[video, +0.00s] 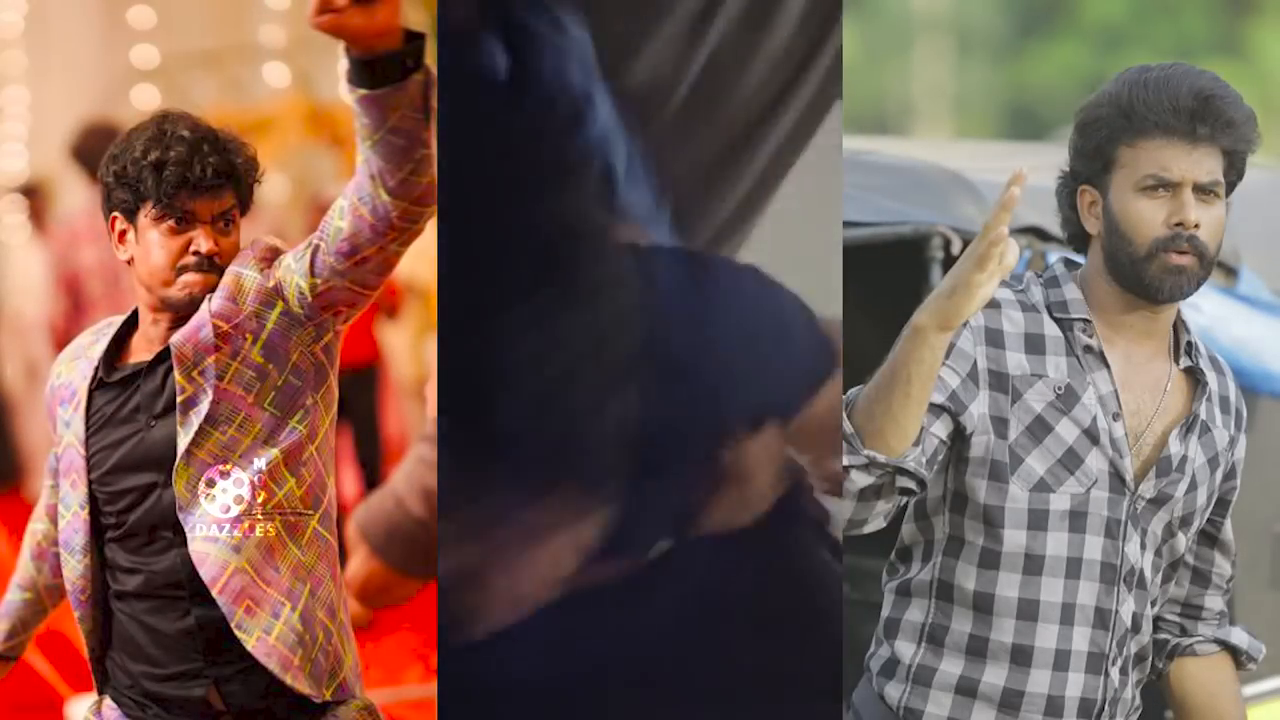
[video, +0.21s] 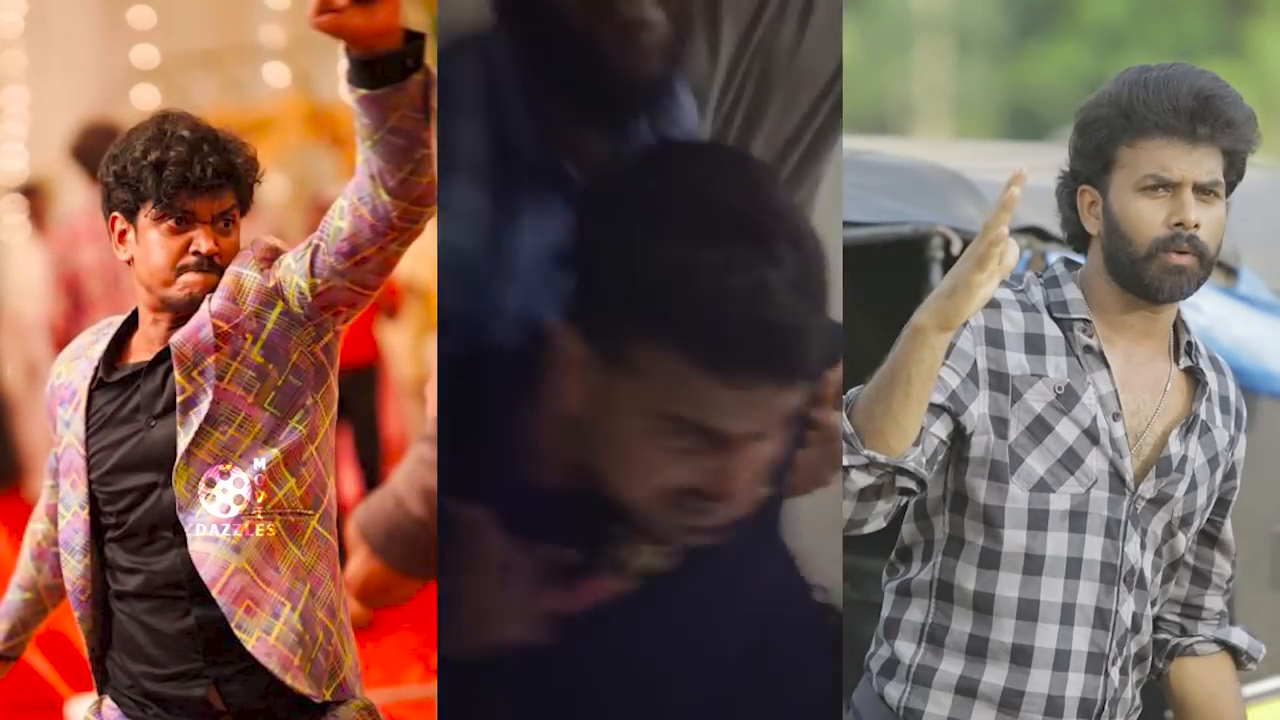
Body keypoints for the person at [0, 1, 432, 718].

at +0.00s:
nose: (206, 245)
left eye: (224, 223)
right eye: (179, 222)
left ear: (243, 230)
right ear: (122, 237)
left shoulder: (288, 312)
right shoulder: (76, 373)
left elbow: (395, 199)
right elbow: (56, 524)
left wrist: (380, 52)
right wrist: (8, 633)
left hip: (291, 700)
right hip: (140, 705)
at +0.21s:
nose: (206, 245)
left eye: (223, 222)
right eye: (179, 222)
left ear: (242, 230)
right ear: (122, 236)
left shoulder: (287, 312)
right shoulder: (76, 373)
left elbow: (394, 199)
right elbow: (56, 524)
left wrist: (380, 52)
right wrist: (7, 634)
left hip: (291, 700)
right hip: (140, 705)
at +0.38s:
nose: (206, 245)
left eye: (223, 222)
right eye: (179, 222)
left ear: (243, 230)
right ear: (122, 236)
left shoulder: (287, 312)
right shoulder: (76, 373)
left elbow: (394, 199)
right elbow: (56, 525)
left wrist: (380, 51)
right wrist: (7, 634)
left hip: (291, 700)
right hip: (140, 705)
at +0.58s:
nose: (206, 245)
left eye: (224, 223)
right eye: (179, 222)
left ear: (243, 230)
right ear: (123, 237)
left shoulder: (288, 311)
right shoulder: (76, 373)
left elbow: (395, 199)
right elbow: (56, 524)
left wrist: (381, 52)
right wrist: (8, 633)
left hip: (291, 700)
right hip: (140, 705)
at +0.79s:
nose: (206, 245)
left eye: (224, 223)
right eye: (179, 222)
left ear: (243, 230)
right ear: (123, 237)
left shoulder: (288, 311)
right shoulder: (76, 373)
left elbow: (394, 200)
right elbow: (56, 523)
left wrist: (381, 52)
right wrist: (8, 633)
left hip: (291, 700)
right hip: (140, 705)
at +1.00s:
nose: (206, 245)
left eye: (224, 223)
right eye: (179, 222)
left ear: (243, 230)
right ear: (123, 237)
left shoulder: (288, 311)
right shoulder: (76, 373)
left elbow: (394, 199)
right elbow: (56, 524)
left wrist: (381, 52)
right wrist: (8, 634)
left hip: (291, 700)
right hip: (140, 705)